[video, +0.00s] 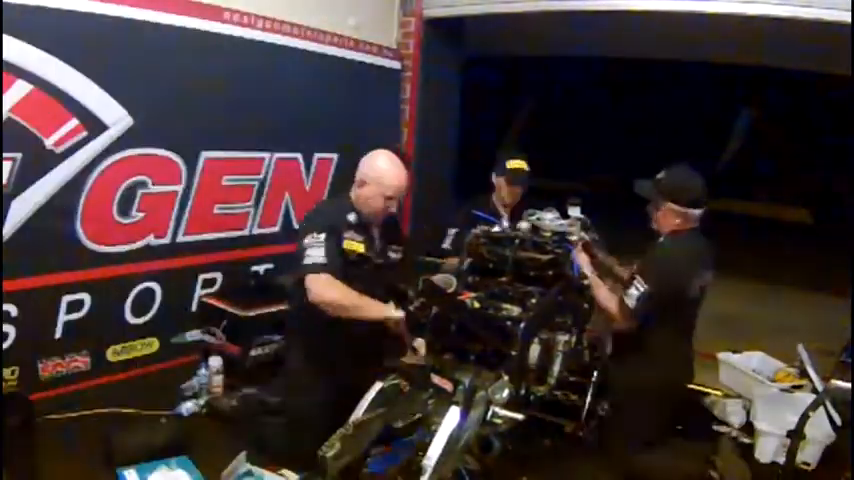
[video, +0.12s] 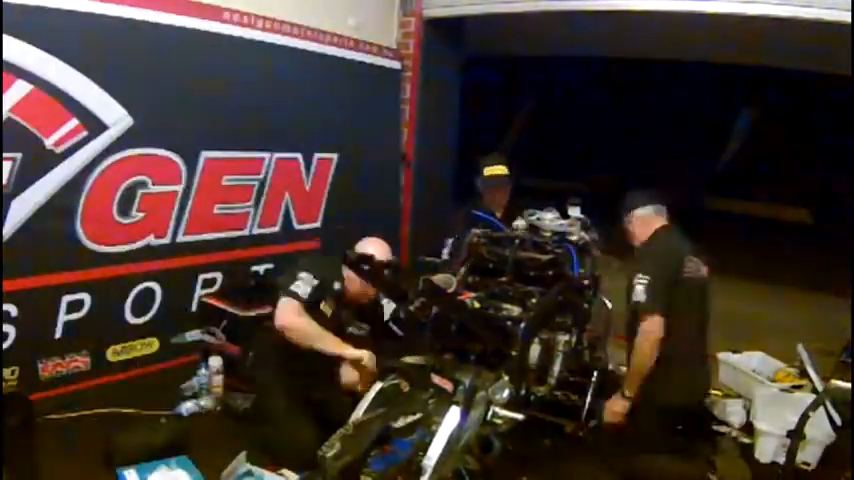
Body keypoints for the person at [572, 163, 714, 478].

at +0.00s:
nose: (651, 210)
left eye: (656, 205)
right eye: (653, 203)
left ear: (670, 212)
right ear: (689, 213)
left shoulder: (664, 256)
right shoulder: (698, 249)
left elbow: (621, 314)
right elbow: (641, 282)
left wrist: (588, 271)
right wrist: (601, 259)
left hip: (645, 374)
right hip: (673, 368)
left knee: (621, 450)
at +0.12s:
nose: (631, 236)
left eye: (629, 228)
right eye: (629, 229)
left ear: (635, 220)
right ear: (663, 217)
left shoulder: (653, 255)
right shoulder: (689, 252)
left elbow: (651, 330)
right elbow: (692, 330)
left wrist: (625, 395)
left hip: (659, 401)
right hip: (689, 397)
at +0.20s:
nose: (640, 198)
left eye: (646, 193)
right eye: (643, 192)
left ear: (662, 204)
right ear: (670, 205)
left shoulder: (666, 250)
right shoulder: (680, 242)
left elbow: (626, 320)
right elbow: (642, 286)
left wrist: (590, 264)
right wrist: (607, 250)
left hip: (638, 383)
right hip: (651, 376)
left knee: (612, 459)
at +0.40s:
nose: (623, 199)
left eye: (630, 192)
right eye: (625, 193)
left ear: (653, 197)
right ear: (649, 198)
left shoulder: (658, 241)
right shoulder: (648, 235)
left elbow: (629, 310)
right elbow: (622, 283)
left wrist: (598, 277)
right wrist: (594, 270)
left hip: (637, 364)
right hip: (628, 355)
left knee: (613, 443)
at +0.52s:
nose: (657, 245)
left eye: (662, 238)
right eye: (652, 239)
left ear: (678, 228)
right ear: (645, 232)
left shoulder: (699, 260)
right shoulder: (647, 256)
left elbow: (713, 325)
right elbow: (620, 286)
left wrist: (683, 356)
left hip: (677, 362)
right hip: (644, 357)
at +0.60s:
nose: (631, 219)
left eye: (636, 211)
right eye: (631, 212)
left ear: (659, 211)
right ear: (655, 212)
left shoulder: (686, 253)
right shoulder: (650, 244)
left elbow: (688, 328)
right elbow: (643, 298)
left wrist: (639, 369)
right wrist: (624, 323)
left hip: (670, 373)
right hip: (642, 366)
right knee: (636, 444)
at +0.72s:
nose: (618, 194)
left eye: (628, 188)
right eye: (618, 187)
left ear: (651, 196)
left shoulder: (652, 238)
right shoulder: (627, 233)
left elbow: (650, 302)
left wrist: (600, 271)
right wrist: (584, 241)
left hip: (632, 360)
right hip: (610, 353)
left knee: (608, 440)